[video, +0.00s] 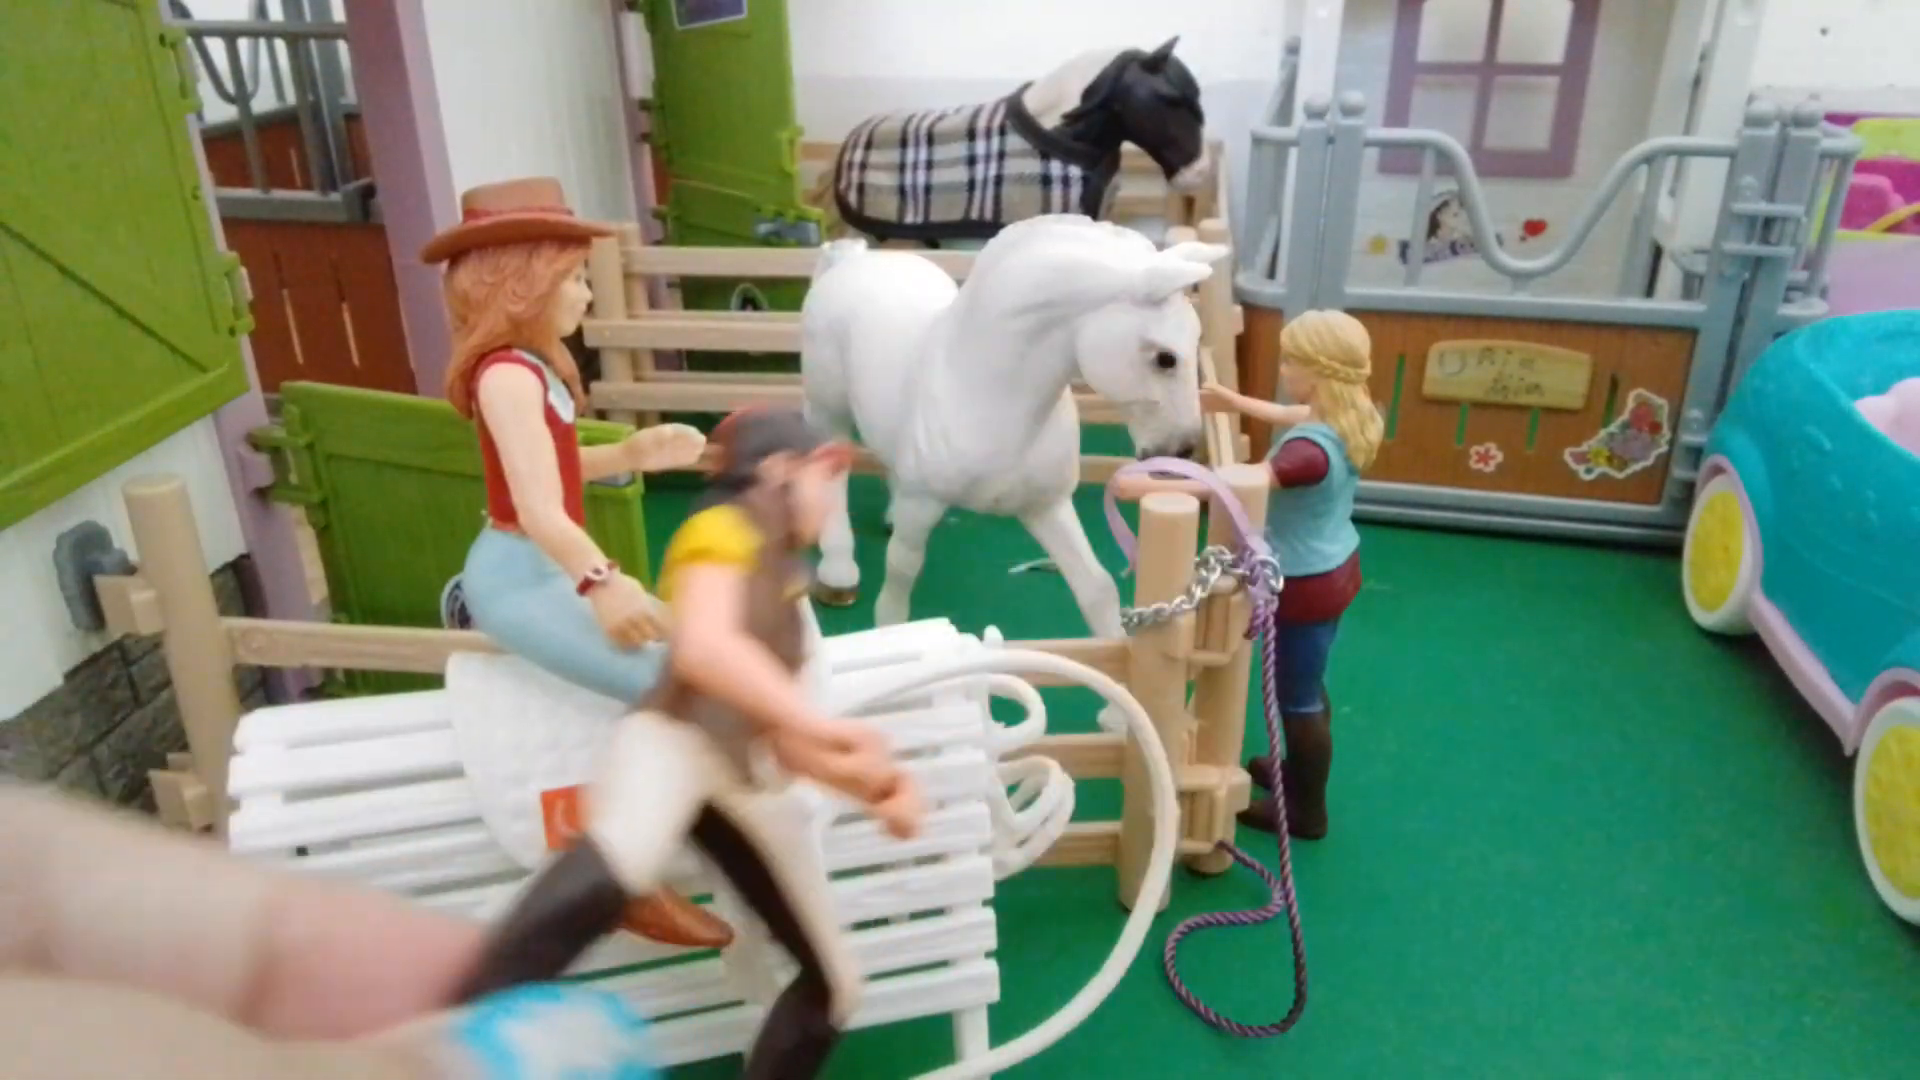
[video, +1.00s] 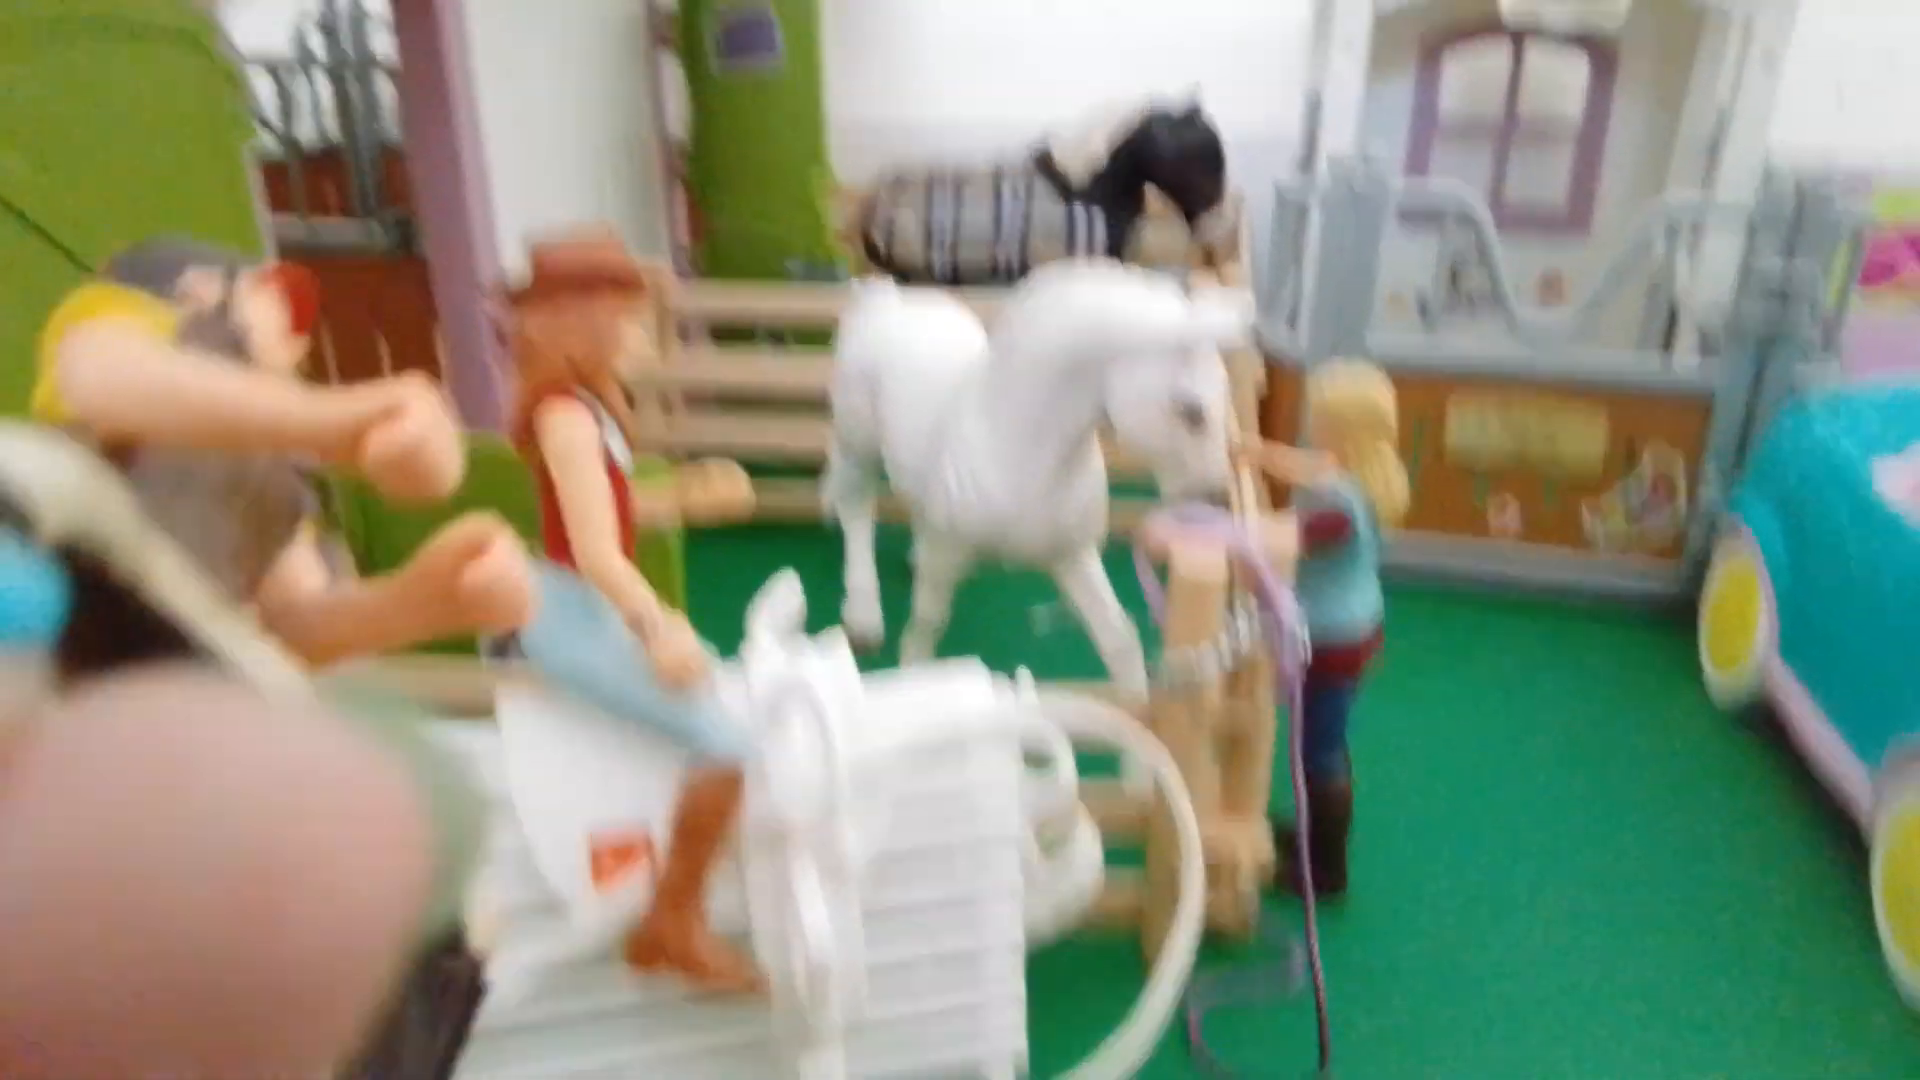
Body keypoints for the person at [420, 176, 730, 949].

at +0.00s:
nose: (587, 295)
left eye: (584, 277)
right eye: (575, 278)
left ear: (531, 288)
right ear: (527, 286)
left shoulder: (539, 368)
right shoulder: (510, 378)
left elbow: (556, 467)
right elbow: (538, 513)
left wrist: (634, 454)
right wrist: (605, 583)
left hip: (545, 564)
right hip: (516, 576)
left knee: (689, 665)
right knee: (682, 685)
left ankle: (636, 869)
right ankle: (630, 870)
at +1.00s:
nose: (631, 328)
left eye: (631, 311)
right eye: (618, 310)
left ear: (613, 317)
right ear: (565, 317)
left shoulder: (591, 406)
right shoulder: (565, 414)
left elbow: (612, 510)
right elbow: (594, 551)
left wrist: (686, 496)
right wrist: (659, 626)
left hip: (600, 619)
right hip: (571, 627)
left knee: (732, 722)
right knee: (724, 739)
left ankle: (676, 916)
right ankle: (674, 919)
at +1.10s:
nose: (659, 512)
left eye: (657, 493)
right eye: (649, 492)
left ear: (628, 497)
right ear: (612, 496)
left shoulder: (616, 582)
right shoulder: (592, 584)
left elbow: (624, 681)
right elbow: (609, 729)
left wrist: (696, 663)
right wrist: (669, 801)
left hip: (610, 781)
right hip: (582, 789)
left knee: (745, 881)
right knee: (731, 915)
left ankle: (687, 1051)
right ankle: (679, 1066)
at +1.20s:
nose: (664, 633)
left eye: (664, 617)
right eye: (656, 616)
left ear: (627, 618)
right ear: (618, 619)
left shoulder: (618, 703)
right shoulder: (591, 712)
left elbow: (629, 780)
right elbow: (614, 845)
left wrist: (698, 770)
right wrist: (668, 918)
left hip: (628, 891)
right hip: (592, 910)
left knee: (727, 938)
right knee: (733, 1022)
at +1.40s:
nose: (693, 617)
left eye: (691, 603)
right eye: (681, 605)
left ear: (651, 613)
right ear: (643, 614)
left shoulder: (653, 683)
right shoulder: (623, 696)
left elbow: (660, 758)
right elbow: (645, 816)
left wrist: (724, 745)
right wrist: (700, 881)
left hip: (663, 852)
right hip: (625, 872)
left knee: (759, 896)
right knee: (765, 982)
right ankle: (732, 1071)